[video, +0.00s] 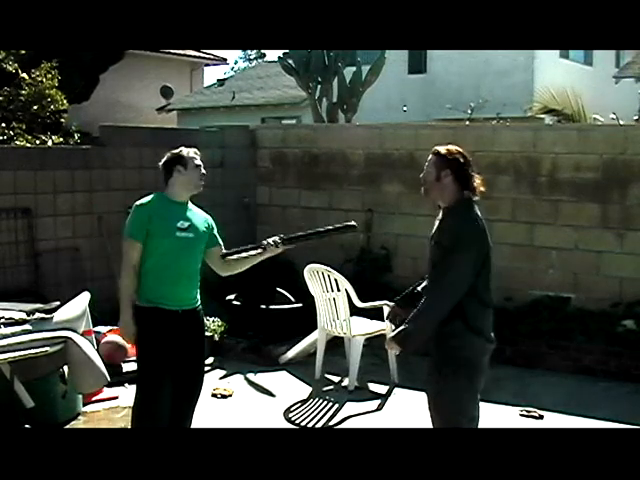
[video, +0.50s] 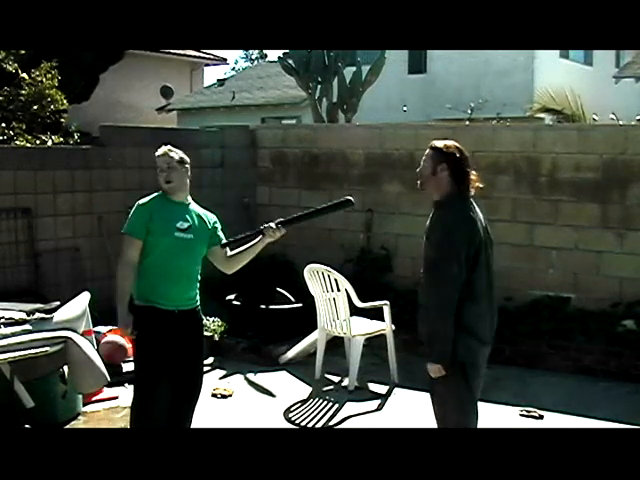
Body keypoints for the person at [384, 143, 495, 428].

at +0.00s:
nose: (422, 180)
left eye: (427, 172)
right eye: (423, 172)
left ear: (446, 176)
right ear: (445, 177)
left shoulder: (463, 223)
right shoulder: (450, 216)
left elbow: (447, 291)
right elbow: (438, 278)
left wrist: (405, 337)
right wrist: (403, 305)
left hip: (462, 342)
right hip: (450, 336)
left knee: (453, 418)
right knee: (447, 415)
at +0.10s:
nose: (424, 178)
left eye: (429, 171)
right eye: (425, 170)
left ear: (447, 174)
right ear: (447, 174)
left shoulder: (462, 221)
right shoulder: (451, 214)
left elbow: (444, 288)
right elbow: (433, 279)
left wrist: (408, 337)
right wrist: (406, 318)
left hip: (461, 338)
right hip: (449, 333)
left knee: (453, 417)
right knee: (446, 414)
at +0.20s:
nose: (423, 175)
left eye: (428, 168)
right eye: (425, 167)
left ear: (447, 172)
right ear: (448, 173)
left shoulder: (459, 217)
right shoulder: (458, 211)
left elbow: (442, 288)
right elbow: (440, 286)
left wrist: (413, 343)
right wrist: (416, 335)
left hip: (459, 337)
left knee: (453, 418)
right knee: (452, 416)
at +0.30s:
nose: (421, 175)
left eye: (427, 168)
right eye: (423, 167)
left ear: (446, 171)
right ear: (446, 171)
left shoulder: (455, 215)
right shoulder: (465, 209)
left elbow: (443, 286)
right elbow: (445, 284)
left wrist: (423, 346)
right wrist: (427, 340)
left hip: (459, 338)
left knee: (455, 419)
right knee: (455, 417)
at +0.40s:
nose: (419, 173)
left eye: (425, 165)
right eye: (421, 165)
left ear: (444, 170)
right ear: (445, 171)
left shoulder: (452, 216)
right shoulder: (469, 210)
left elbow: (442, 287)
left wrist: (430, 349)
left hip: (456, 343)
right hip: (468, 338)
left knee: (455, 419)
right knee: (459, 417)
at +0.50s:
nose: (418, 174)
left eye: (424, 167)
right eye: (420, 167)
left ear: (443, 171)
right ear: (443, 172)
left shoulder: (451, 217)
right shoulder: (463, 210)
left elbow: (443, 289)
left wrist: (436, 354)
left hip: (456, 346)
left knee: (455, 419)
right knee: (457, 417)